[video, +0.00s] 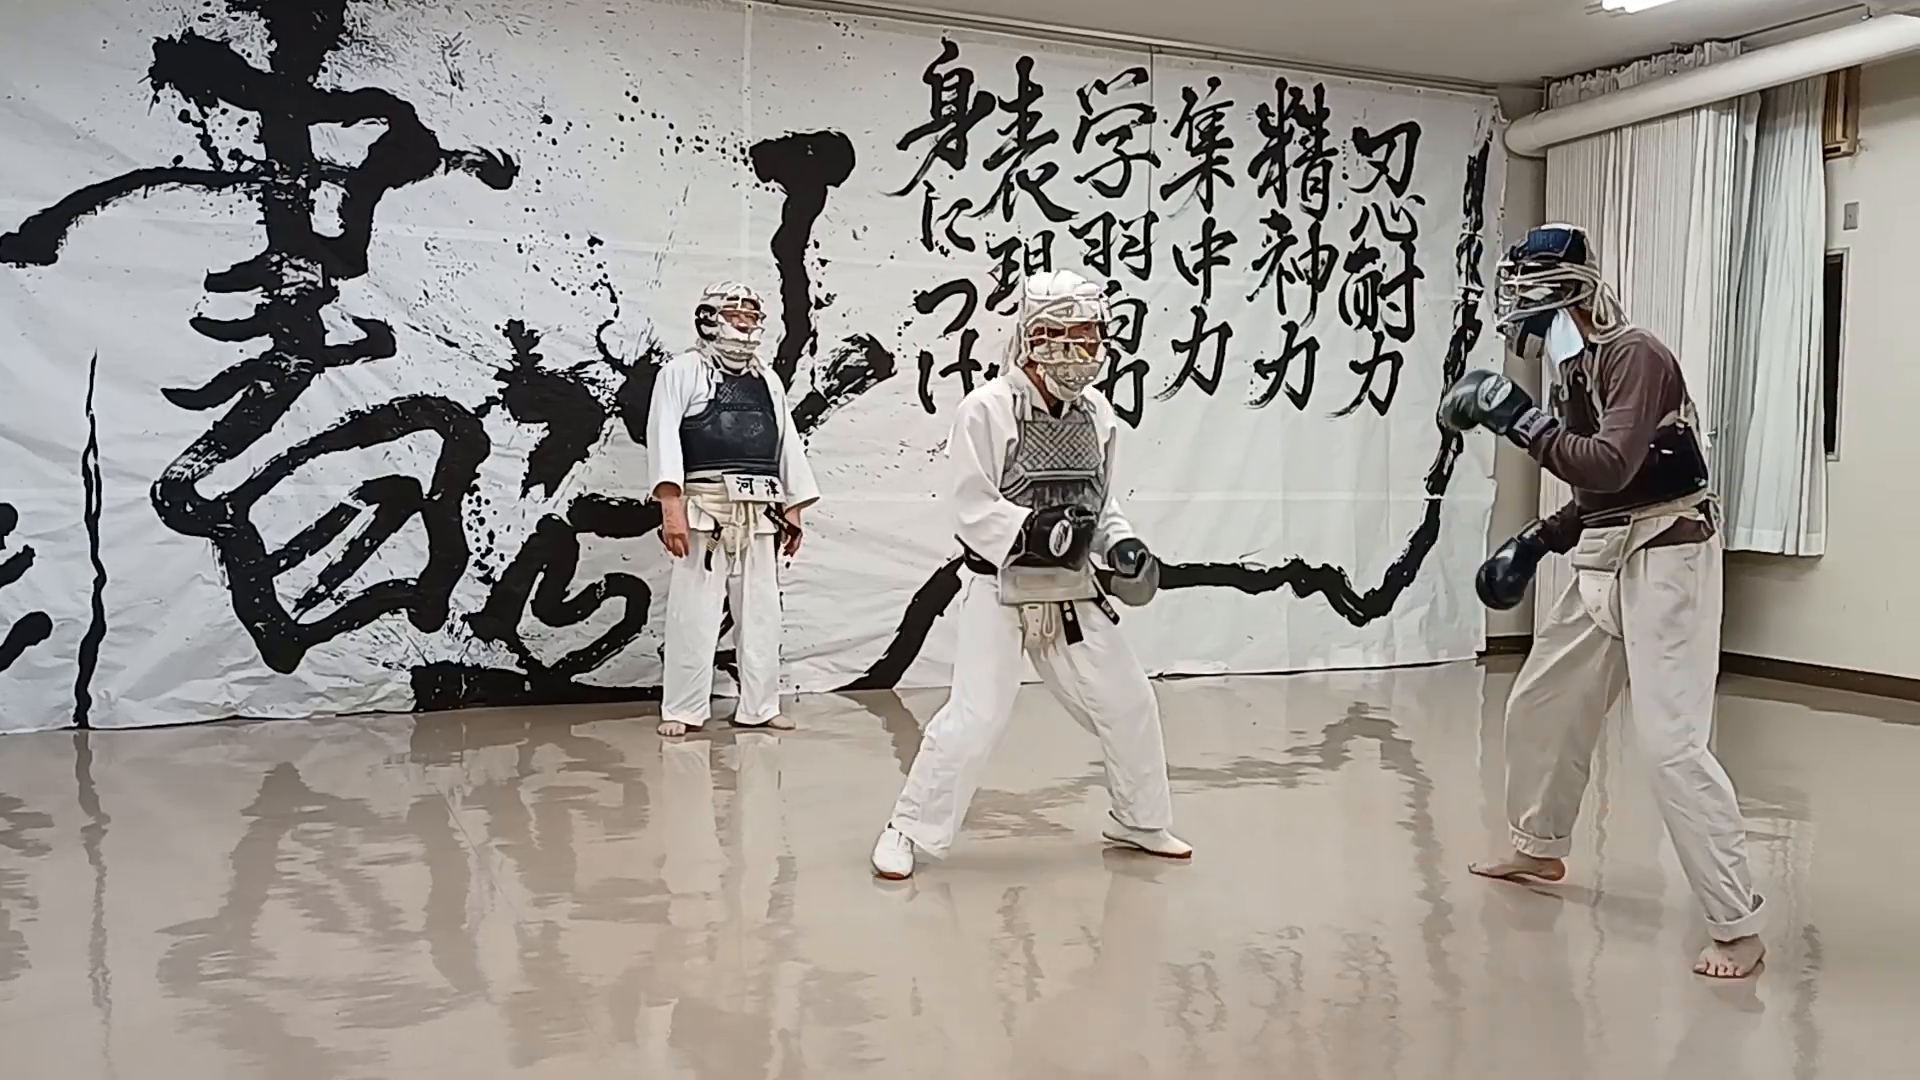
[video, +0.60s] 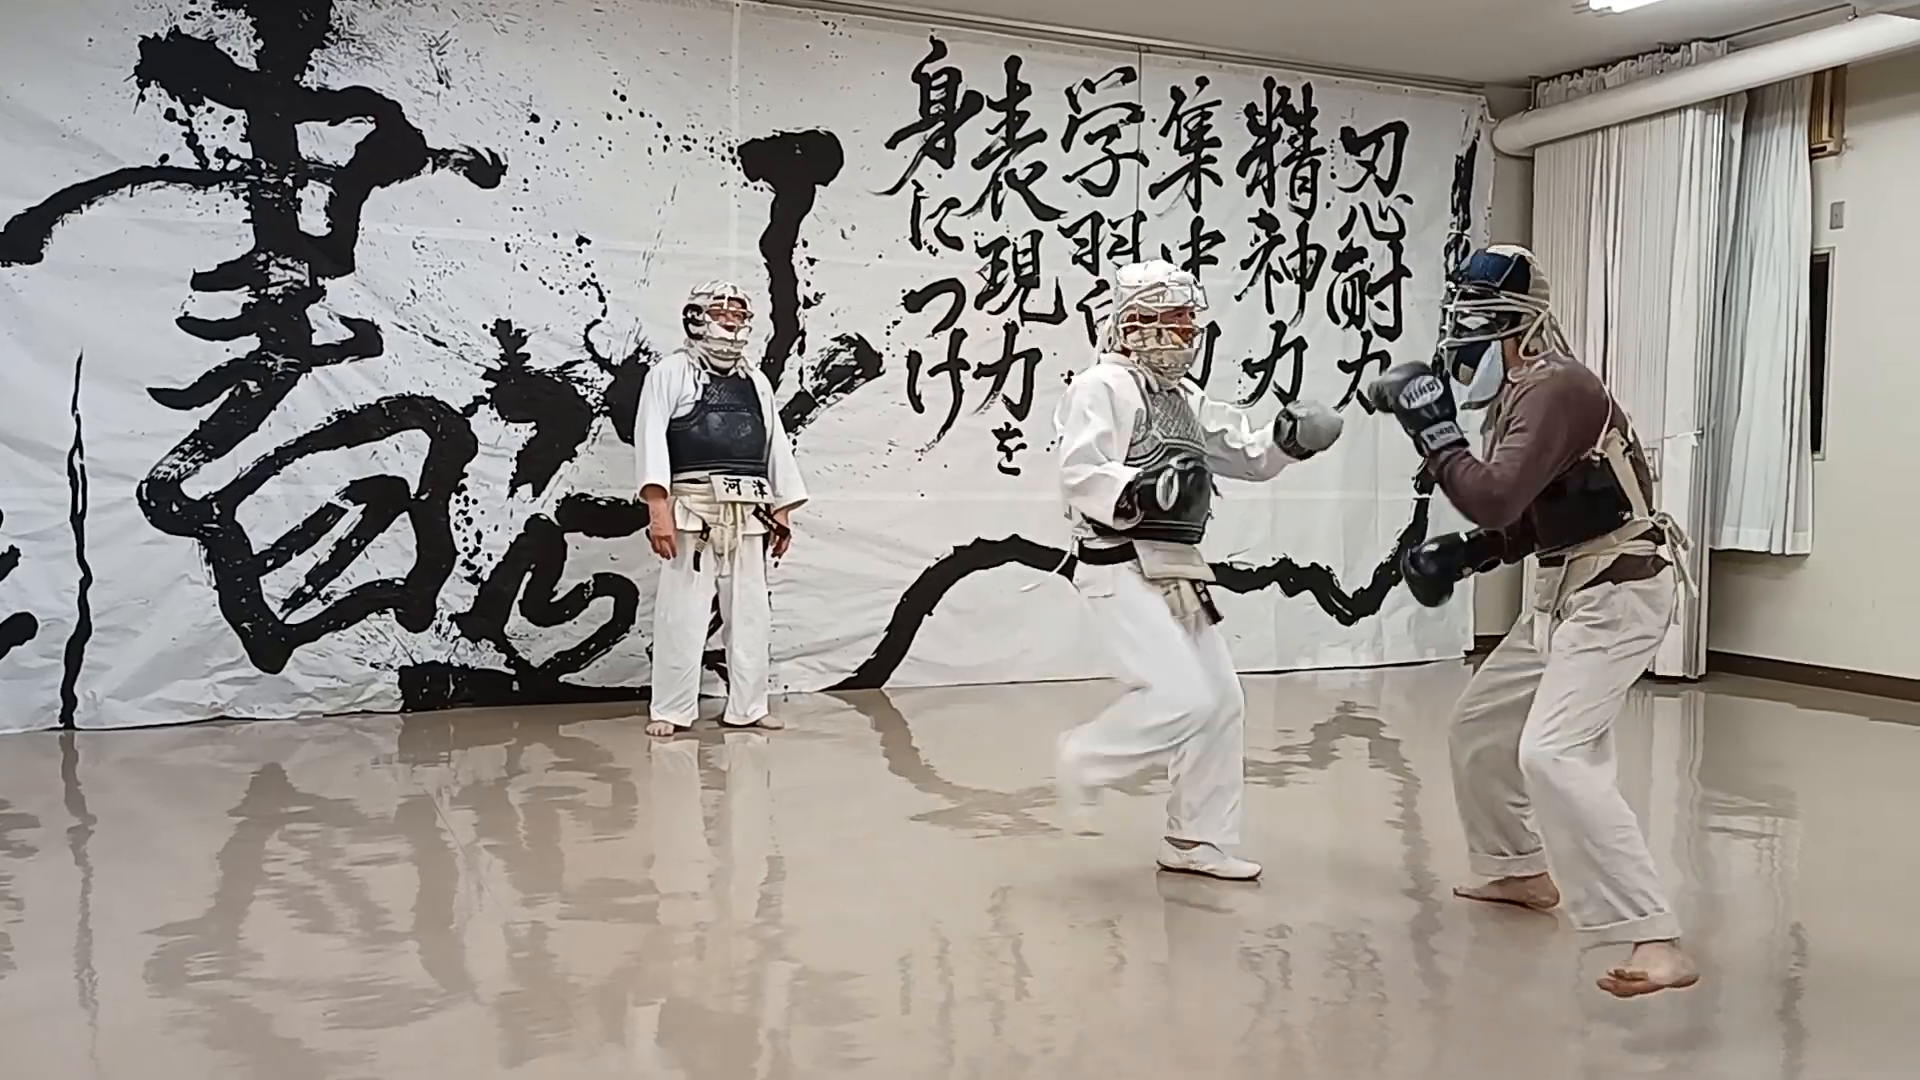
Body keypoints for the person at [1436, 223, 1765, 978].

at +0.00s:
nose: (1511, 312)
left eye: (1520, 296)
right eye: (1510, 297)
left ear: (1558, 296)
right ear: (1556, 298)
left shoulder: (1635, 353)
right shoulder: (1569, 379)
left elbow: (1613, 466)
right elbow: (1598, 492)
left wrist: (1522, 421)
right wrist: (1531, 544)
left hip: (1670, 549)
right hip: (1600, 551)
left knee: (1671, 741)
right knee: (1543, 704)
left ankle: (1738, 930)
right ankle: (1539, 853)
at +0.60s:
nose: (1452, 333)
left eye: (1465, 319)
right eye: (1454, 317)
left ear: (1504, 327)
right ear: (1510, 325)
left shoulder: (1556, 387)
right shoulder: (1513, 400)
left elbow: (1489, 497)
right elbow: (1537, 528)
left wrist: (1433, 426)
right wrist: (1458, 556)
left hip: (1622, 587)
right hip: (1566, 591)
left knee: (1554, 748)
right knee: (1479, 726)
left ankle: (1655, 942)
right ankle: (1523, 874)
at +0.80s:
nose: (1466, 321)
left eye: (1476, 307)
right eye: (1466, 306)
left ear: (1510, 312)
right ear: (1546, 305)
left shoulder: (1569, 391)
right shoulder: (1590, 373)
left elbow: (1423, 465)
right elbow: (1552, 481)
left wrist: (1409, 362)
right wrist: (1493, 545)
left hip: (1653, 609)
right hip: (1656, 597)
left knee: (1528, 807)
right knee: (1559, 742)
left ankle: (1611, 1007)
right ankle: (1538, 876)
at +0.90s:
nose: (1485, 320)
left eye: (1489, 307)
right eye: (1484, 306)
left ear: (1517, 309)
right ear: (1568, 299)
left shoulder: (1573, 385)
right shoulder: (1631, 370)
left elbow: (1425, 459)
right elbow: (1585, 495)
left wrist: (1418, 352)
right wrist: (1522, 587)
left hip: (1668, 621)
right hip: (1736, 616)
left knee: (1529, 808)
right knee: (1644, 796)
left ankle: (1609, 1012)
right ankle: (1653, 925)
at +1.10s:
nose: (1549, 274)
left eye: (1549, 258)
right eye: (1548, 257)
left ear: (1568, 258)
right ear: (1638, 246)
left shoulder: (1611, 336)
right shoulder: (1714, 337)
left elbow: (1454, 425)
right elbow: (1773, 468)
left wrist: (1460, 309)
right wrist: (1639, 572)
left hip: (1686, 610)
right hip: (1786, 610)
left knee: (1560, 806)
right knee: (1739, 831)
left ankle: (1605, 1011)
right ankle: (1842, 1021)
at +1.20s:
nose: (1567, 272)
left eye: (1575, 253)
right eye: (1568, 254)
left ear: (1608, 255)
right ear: (1676, 250)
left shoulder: (1640, 345)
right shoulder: (1747, 342)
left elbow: (1474, 427)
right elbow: (1821, 502)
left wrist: (1485, 312)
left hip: (1700, 640)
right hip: (1806, 640)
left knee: (1566, 819)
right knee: (1819, 910)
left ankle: (1594, 1015)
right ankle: (1875, 1070)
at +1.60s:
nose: (1506, 224)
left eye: (1514, 211)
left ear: (1530, 215)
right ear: (1628, 213)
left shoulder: (1493, 317)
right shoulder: (1714, 303)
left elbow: (1393, 437)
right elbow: (1797, 487)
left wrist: (1412, 317)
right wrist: (1740, 613)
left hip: (1560, 627)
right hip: (1712, 621)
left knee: (1415, 830)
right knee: (1769, 893)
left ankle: (1388, 1052)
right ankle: (1819, 1067)